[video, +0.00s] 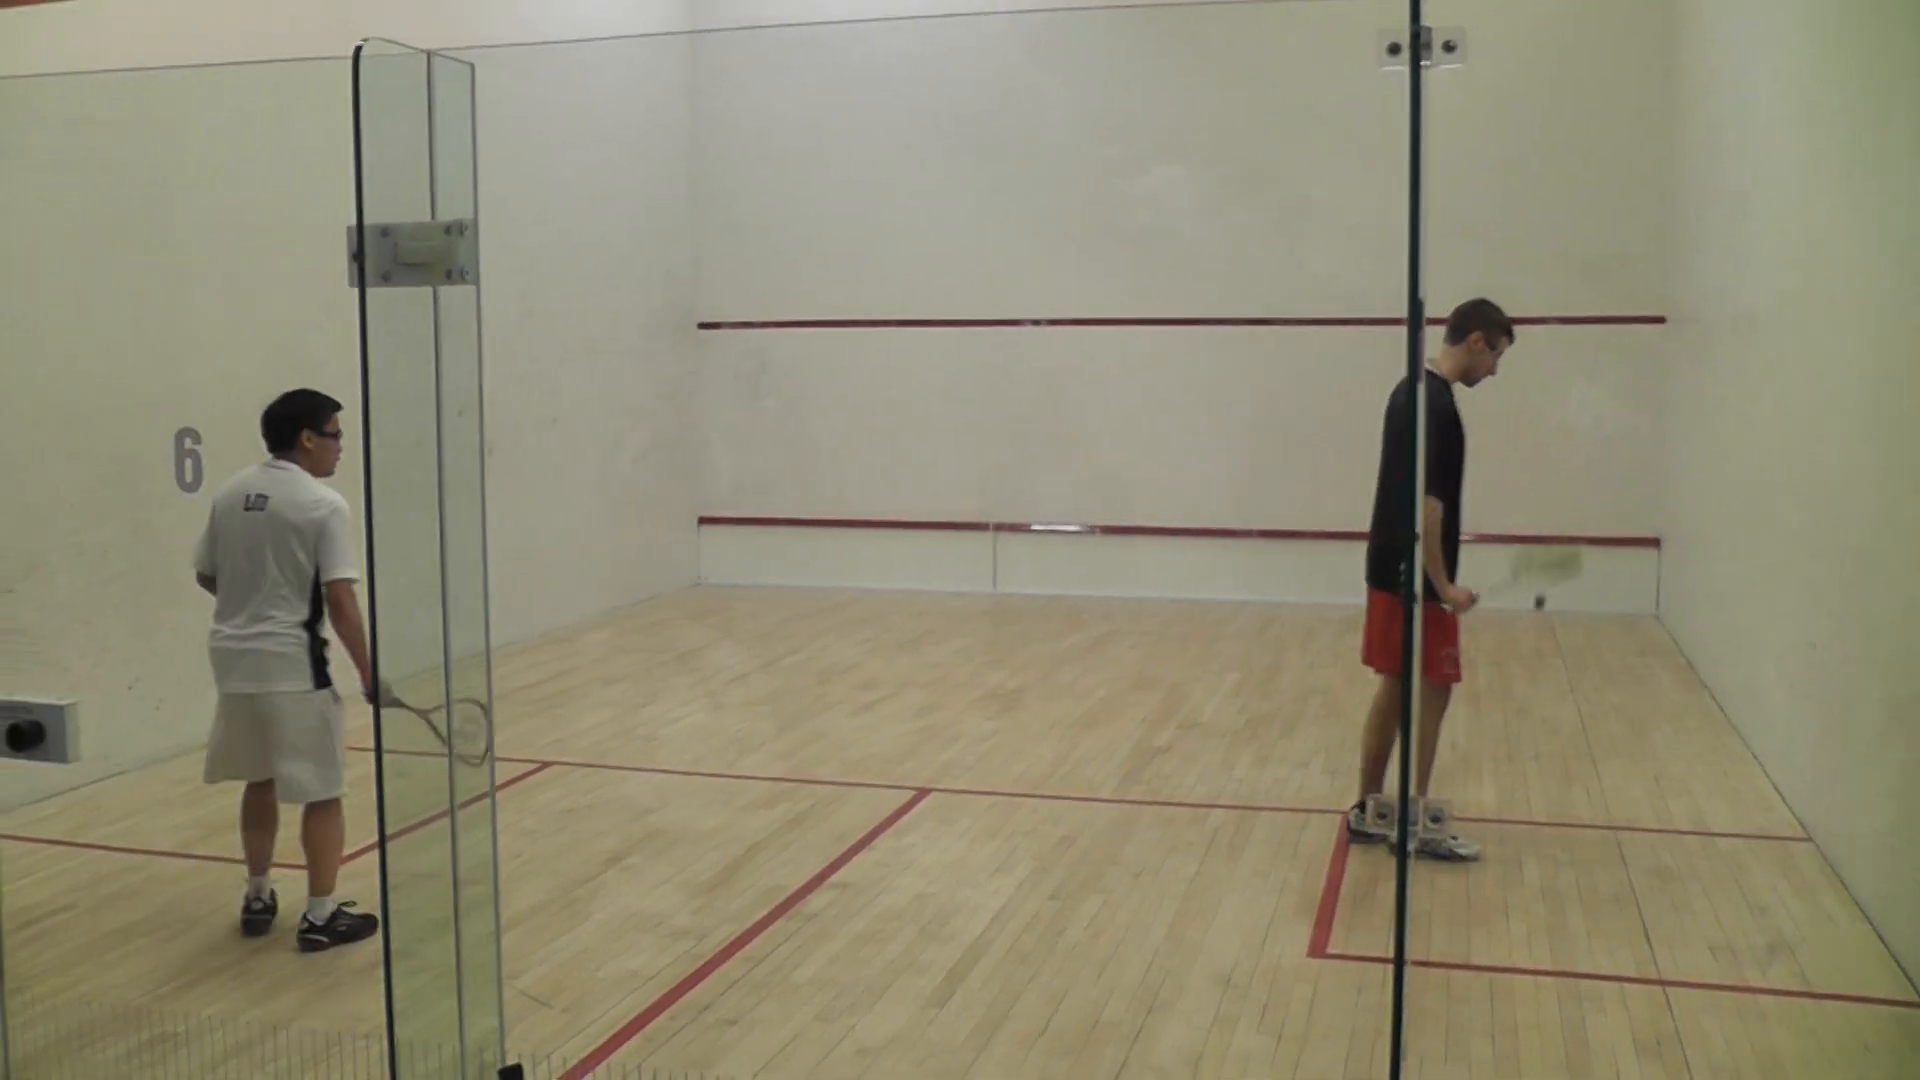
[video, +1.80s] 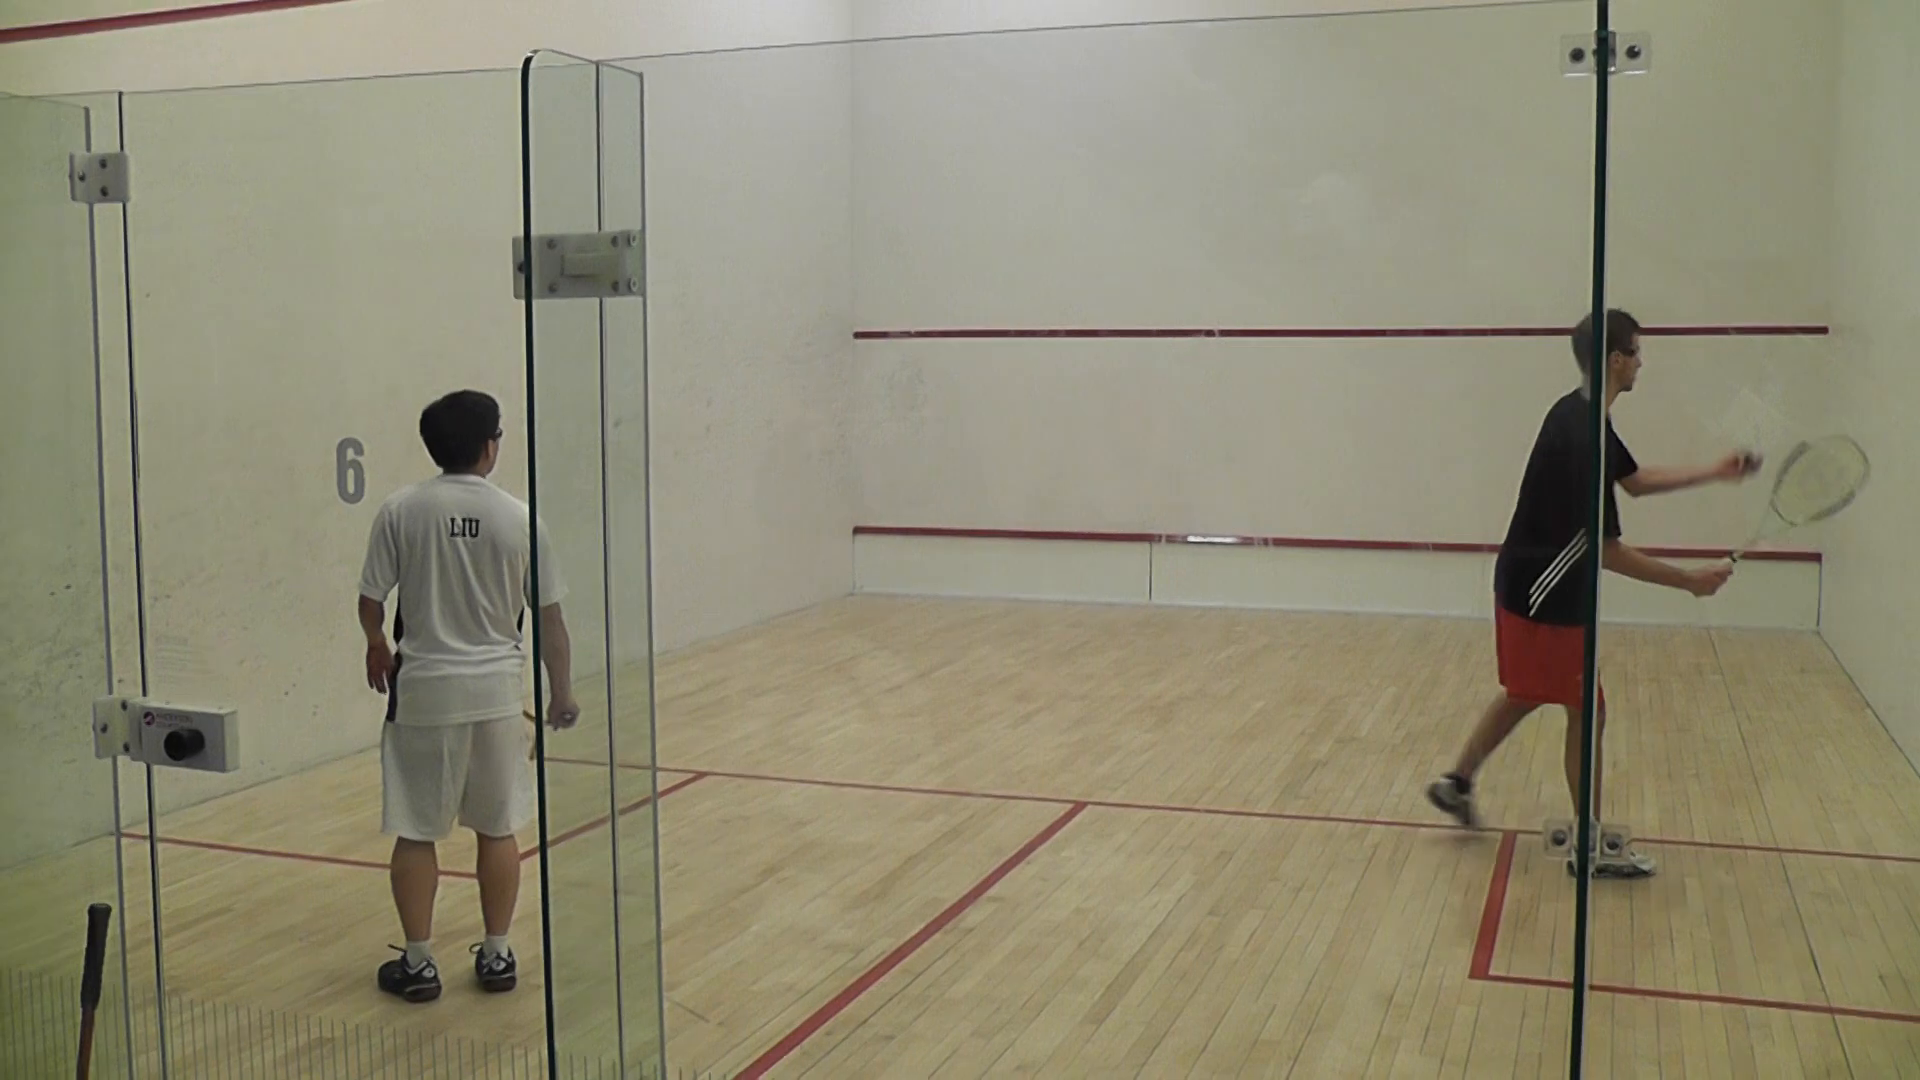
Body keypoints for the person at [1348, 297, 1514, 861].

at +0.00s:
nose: (1494, 370)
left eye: (1498, 358)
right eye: (1495, 356)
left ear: (1459, 340)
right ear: (1473, 342)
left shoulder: (1411, 393)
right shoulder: (1435, 404)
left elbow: (1408, 497)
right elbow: (1429, 505)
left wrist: (1430, 575)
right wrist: (1442, 583)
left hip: (1394, 569)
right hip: (1419, 577)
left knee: (1394, 685)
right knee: (1433, 690)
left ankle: (1370, 807)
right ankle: (1413, 819)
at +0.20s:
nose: (1551, 372)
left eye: (1556, 361)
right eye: (1552, 358)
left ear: (1518, 342)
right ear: (1531, 345)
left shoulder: (1469, 392)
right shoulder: (1486, 404)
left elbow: (1468, 493)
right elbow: (1480, 504)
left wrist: (1500, 545)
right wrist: (1491, 594)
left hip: (1458, 571)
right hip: (1467, 579)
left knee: (1474, 686)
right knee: (1483, 691)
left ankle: (1432, 792)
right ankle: (1457, 821)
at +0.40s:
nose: (1583, 371)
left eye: (1587, 360)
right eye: (1582, 358)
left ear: (1554, 346)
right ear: (1556, 346)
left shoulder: (1519, 401)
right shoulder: (1507, 404)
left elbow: (1521, 495)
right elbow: (1494, 506)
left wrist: (1578, 506)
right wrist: (1526, 584)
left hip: (1505, 583)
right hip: (1497, 586)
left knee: (1502, 694)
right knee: (1505, 699)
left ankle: (1477, 808)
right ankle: (1486, 832)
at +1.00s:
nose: (1559, 352)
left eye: (1570, 342)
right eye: (1552, 341)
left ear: (1593, 347)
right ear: (1543, 344)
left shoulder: (1596, 410)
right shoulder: (1531, 414)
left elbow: (1596, 487)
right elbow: (1522, 503)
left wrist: (1614, 536)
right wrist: (1588, 553)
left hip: (1568, 576)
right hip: (1539, 579)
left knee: (1541, 696)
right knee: (1559, 700)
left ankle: (1524, 817)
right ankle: (1545, 831)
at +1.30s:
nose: (1628, 357)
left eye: (1630, 346)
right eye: (1616, 346)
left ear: (1624, 350)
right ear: (1585, 349)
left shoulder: (1587, 413)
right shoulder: (1573, 421)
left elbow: (1591, 506)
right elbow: (1579, 520)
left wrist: (1625, 552)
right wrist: (1656, 552)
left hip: (1556, 585)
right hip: (1567, 589)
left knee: (1551, 697)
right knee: (1586, 704)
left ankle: (1539, 820)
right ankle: (1569, 842)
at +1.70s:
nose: (1655, 368)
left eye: (1653, 358)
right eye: (1651, 359)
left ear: (1615, 362)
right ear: (1629, 363)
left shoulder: (1583, 415)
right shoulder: (1598, 439)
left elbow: (1620, 502)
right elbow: (1617, 550)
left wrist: (1689, 532)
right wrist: (1697, 588)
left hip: (1531, 585)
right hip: (1555, 598)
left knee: (1544, 690)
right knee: (1591, 708)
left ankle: (1517, 788)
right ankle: (1585, 842)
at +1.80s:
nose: (1641, 363)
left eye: (1639, 352)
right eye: (1637, 353)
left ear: (1599, 359)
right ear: (1616, 360)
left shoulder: (1580, 411)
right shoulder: (1584, 430)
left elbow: (1635, 480)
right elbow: (1608, 552)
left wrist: (1716, 472)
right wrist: (1686, 580)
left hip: (1527, 585)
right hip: (1554, 598)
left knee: (1529, 690)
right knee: (1587, 709)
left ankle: (1456, 780)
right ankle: (1589, 842)